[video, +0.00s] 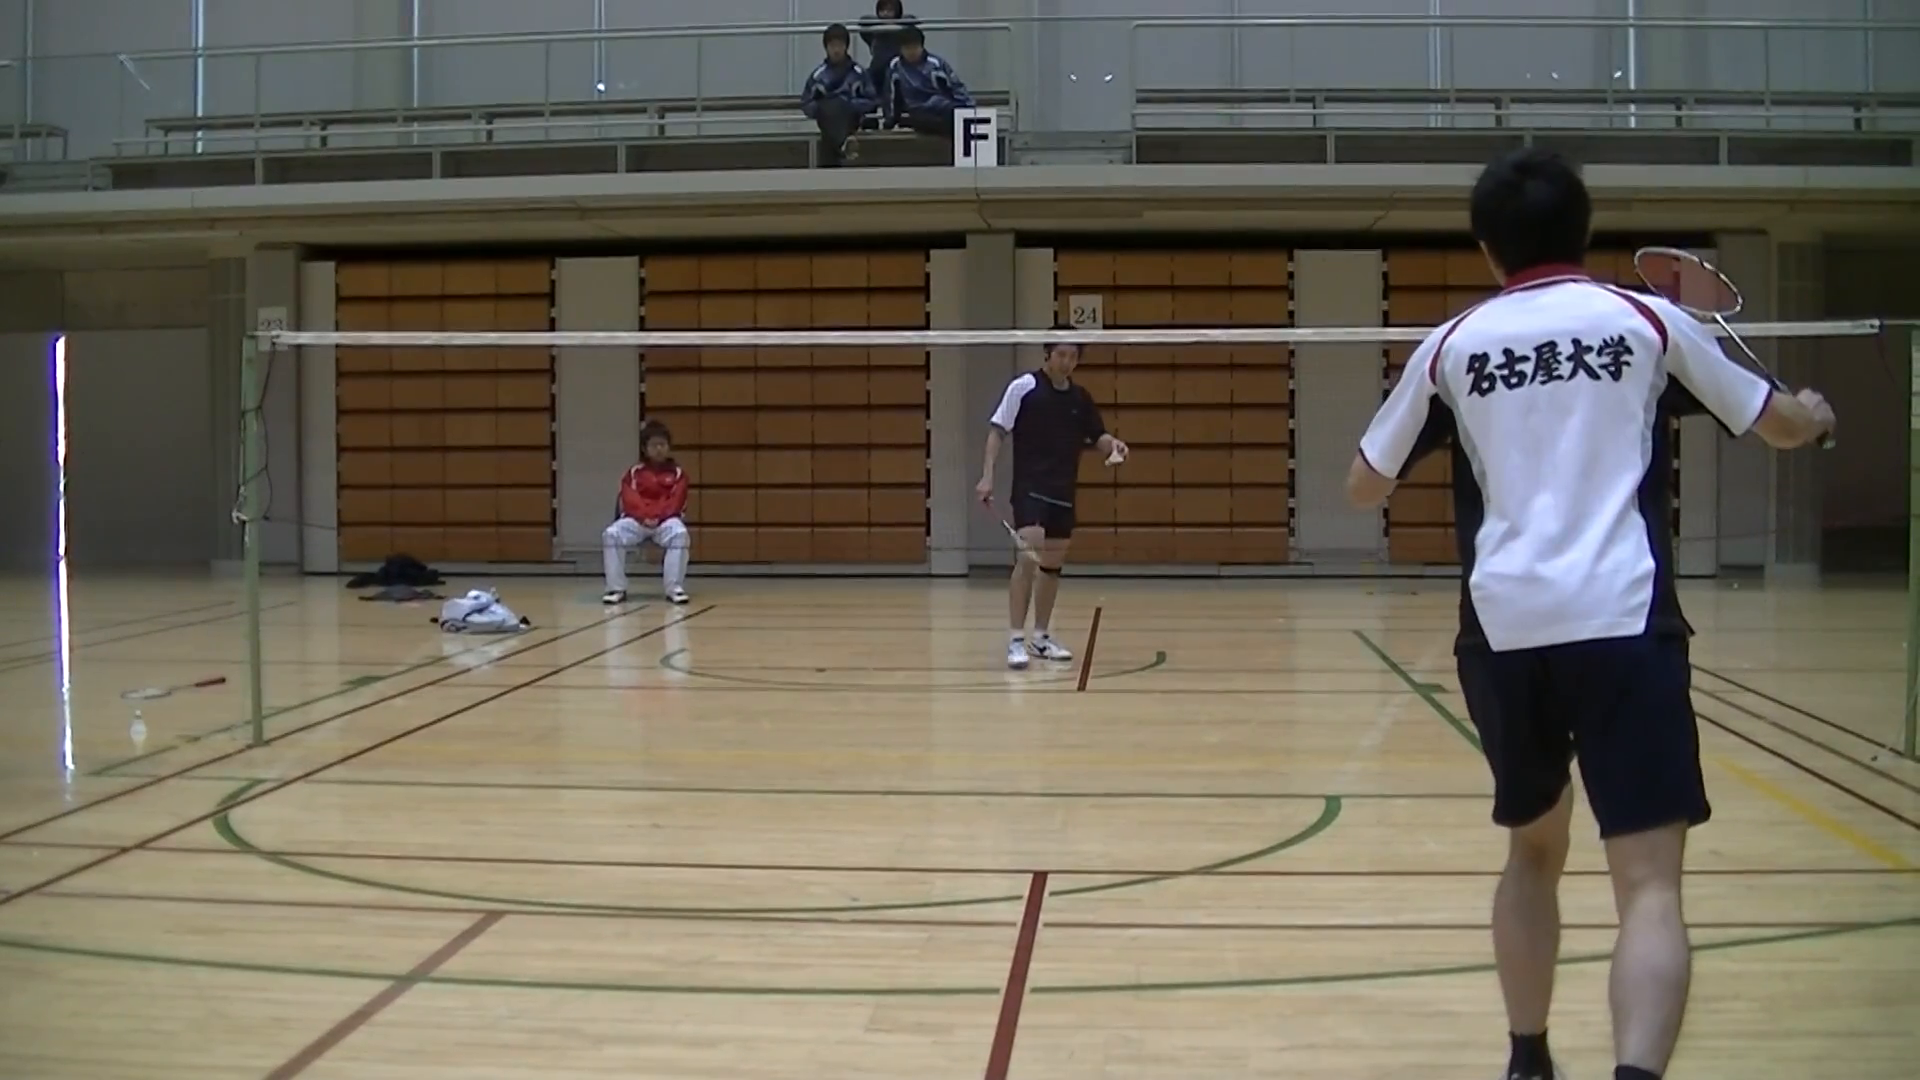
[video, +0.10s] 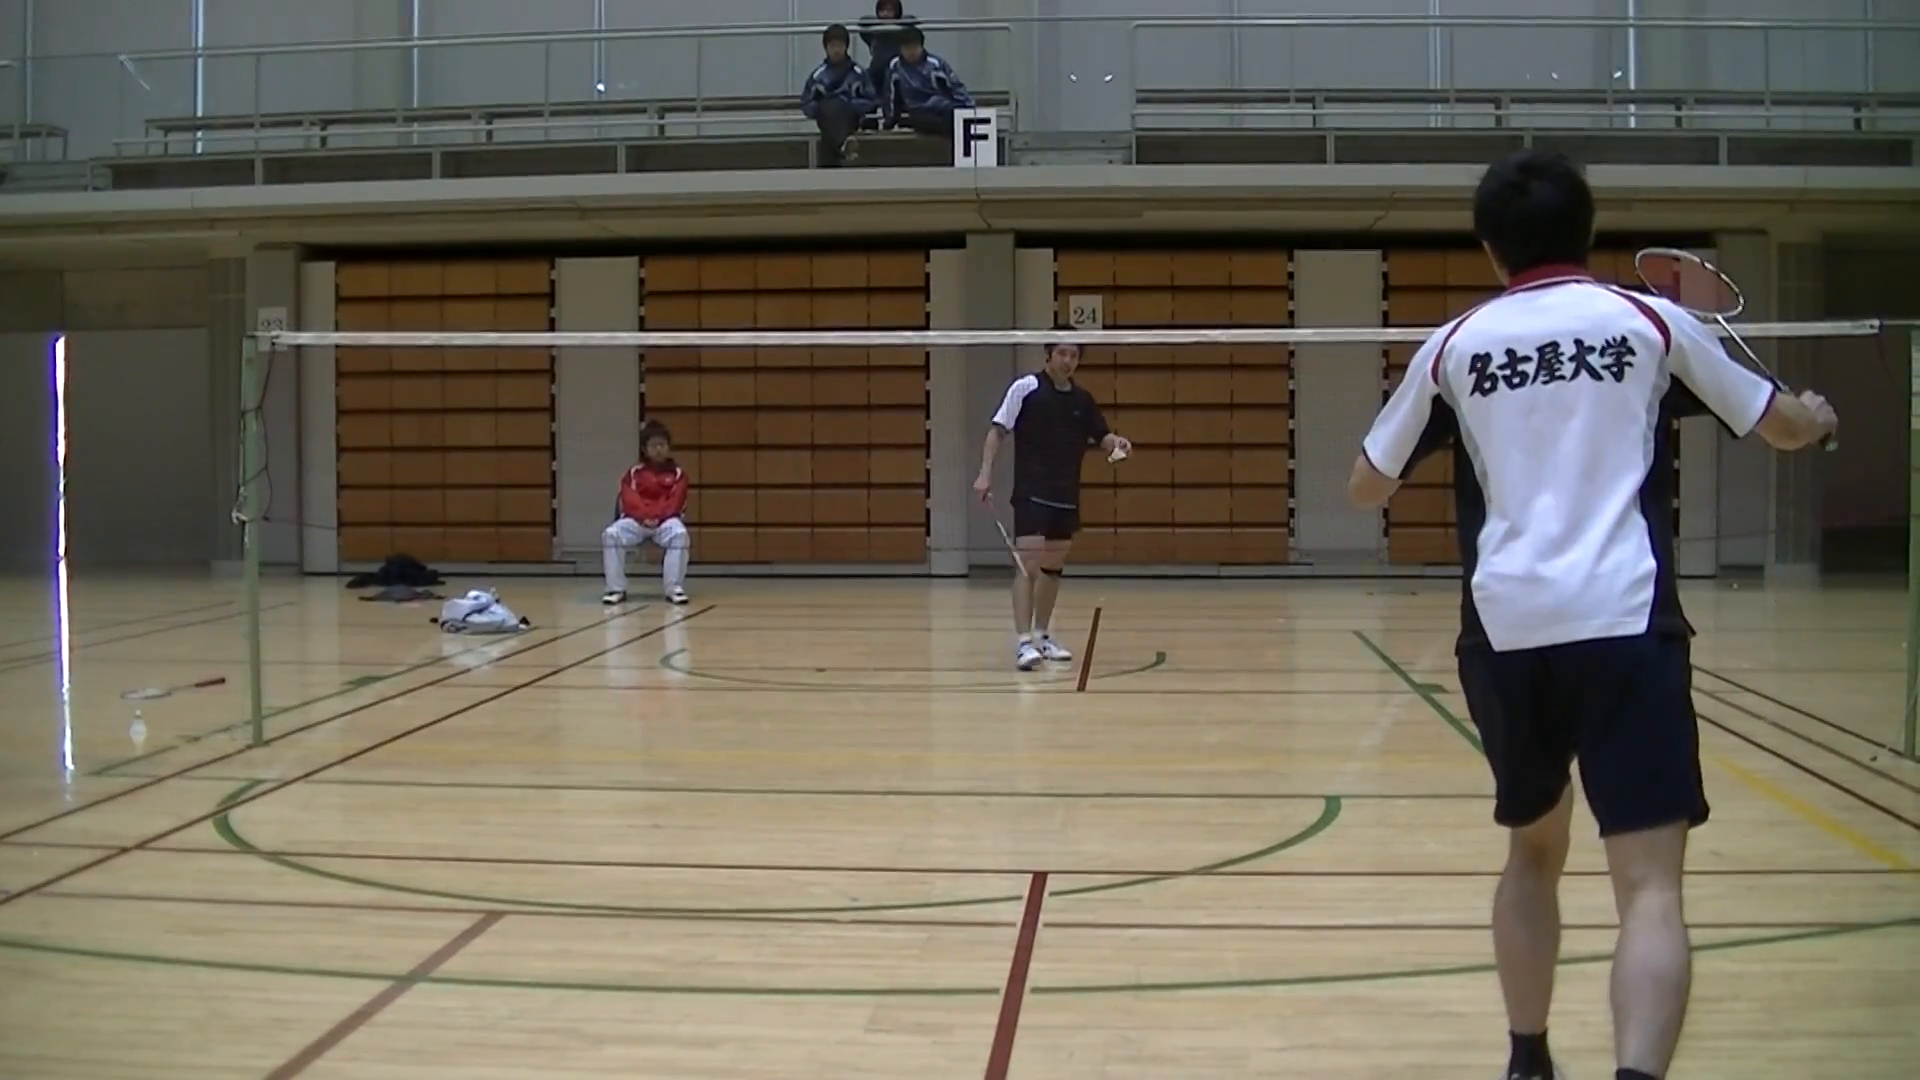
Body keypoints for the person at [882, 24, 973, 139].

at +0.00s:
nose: (911, 53)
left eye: (915, 48)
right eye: (907, 48)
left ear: (922, 48)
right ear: (901, 50)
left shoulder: (937, 64)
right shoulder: (895, 68)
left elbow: (955, 86)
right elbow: (891, 96)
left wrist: (968, 107)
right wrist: (890, 121)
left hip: (946, 109)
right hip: (917, 113)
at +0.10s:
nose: (911, 53)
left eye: (914, 48)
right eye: (907, 48)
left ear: (921, 48)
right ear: (900, 50)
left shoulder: (937, 64)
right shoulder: (895, 68)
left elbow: (955, 87)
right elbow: (891, 96)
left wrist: (968, 106)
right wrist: (890, 121)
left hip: (945, 109)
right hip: (917, 113)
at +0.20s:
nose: (911, 53)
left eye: (914, 48)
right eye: (906, 49)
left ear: (921, 48)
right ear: (900, 50)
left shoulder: (937, 64)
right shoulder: (895, 68)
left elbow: (955, 87)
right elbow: (891, 96)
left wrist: (968, 107)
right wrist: (889, 122)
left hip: (945, 109)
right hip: (916, 113)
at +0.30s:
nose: (911, 53)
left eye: (914, 48)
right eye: (906, 49)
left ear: (921, 48)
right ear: (900, 50)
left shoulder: (936, 64)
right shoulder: (895, 68)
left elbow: (955, 87)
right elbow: (891, 96)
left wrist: (968, 107)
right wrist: (889, 122)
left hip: (945, 109)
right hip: (916, 113)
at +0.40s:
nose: (911, 53)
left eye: (914, 48)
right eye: (906, 48)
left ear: (921, 47)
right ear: (900, 49)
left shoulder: (936, 65)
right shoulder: (894, 68)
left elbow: (955, 88)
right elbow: (891, 96)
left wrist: (968, 107)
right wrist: (890, 120)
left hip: (942, 107)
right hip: (915, 112)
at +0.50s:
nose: (911, 53)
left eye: (914, 48)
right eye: (906, 48)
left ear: (921, 47)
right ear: (900, 49)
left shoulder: (936, 65)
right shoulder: (894, 67)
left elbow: (955, 87)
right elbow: (891, 96)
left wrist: (968, 107)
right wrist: (889, 121)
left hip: (942, 107)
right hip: (916, 112)